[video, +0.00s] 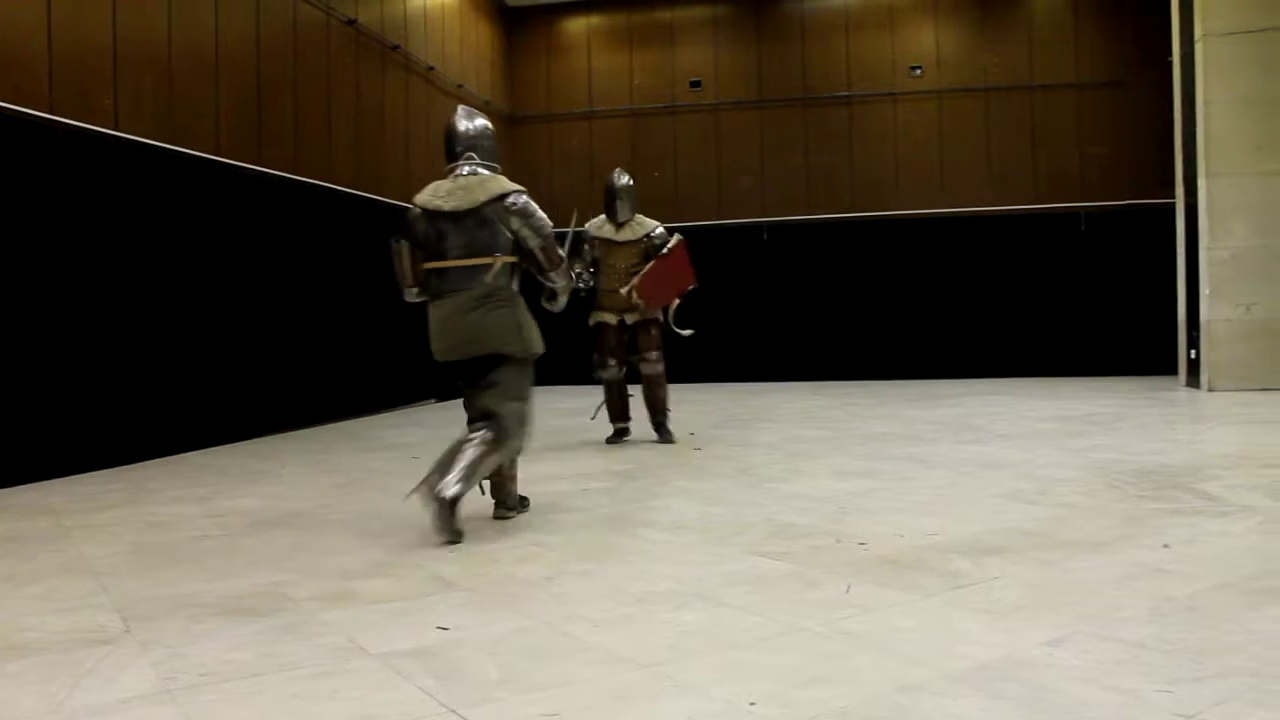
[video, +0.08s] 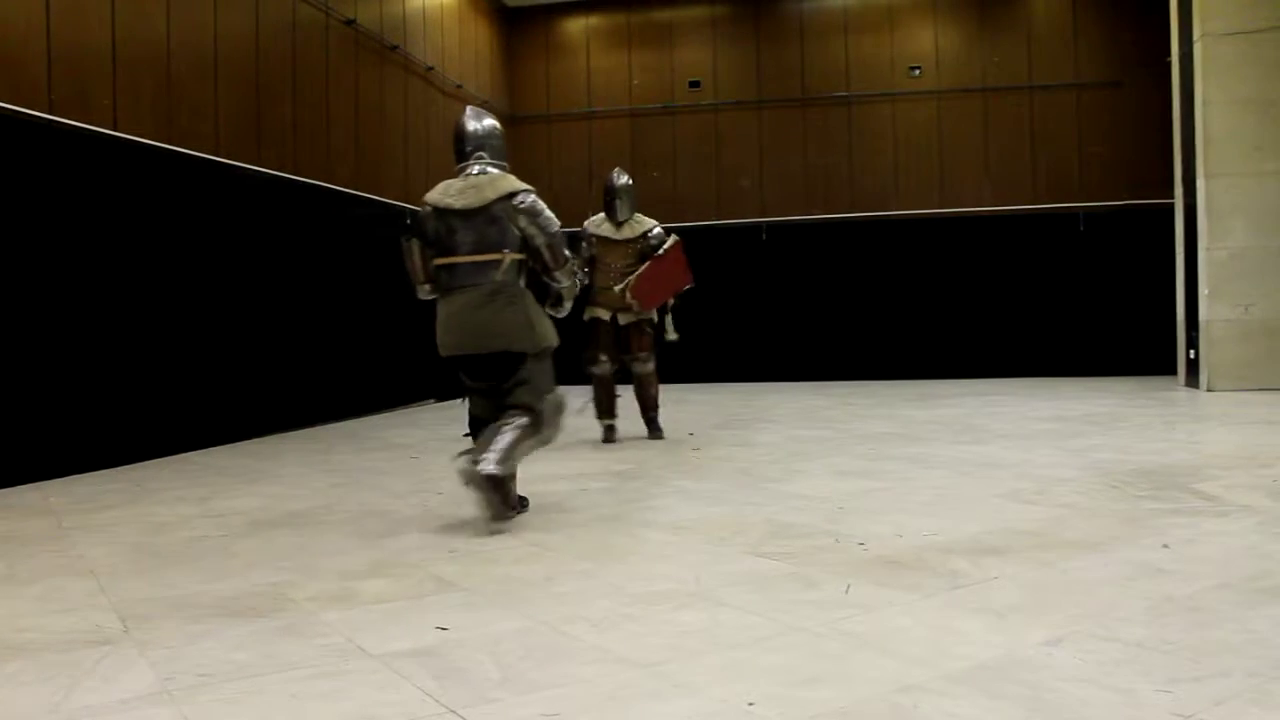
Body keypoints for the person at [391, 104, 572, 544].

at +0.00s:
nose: (493, 153)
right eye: (492, 146)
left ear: (450, 150)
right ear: (492, 146)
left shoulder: (425, 203)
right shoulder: (503, 193)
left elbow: (413, 281)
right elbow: (545, 244)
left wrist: (441, 289)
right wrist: (558, 284)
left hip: (447, 322)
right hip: (498, 318)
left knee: (485, 409)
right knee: (509, 419)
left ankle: (506, 496)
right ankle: (446, 489)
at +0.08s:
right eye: (498, 145)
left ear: (459, 150)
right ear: (501, 146)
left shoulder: (435, 200)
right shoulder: (512, 191)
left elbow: (422, 264)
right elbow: (549, 234)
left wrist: (435, 286)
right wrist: (565, 279)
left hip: (454, 315)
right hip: (506, 311)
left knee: (484, 400)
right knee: (537, 400)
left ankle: (501, 490)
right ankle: (492, 463)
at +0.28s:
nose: (535, 156)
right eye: (534, 150)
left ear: (493, 152)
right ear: (531, 151)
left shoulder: (468, 202)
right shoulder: (546, 196)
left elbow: (457, 265)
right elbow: (582, 244)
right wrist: (585, 272)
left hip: (484, 319)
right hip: (540, 318)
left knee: (498, 407)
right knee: (573, 396)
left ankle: (507, 497)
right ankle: (591, 479)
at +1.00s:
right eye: (635, 181)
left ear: (605, 184)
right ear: (640, 182)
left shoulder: (586, 226)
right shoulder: (663, 223)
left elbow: (572, 285)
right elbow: (687, 284)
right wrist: (661, 309)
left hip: (604, 322)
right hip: (651, 319)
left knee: (612, 382)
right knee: (655, 389)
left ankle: (614, 453)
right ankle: (662, 467)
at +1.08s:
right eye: (637, 187)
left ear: (609, 189)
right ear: (643, 188)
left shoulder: (590, 231)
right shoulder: (665, 228)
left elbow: (576, 288)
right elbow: (688, 287)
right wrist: (664, 314)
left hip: (608, 324)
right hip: (654, 322)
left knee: (617, 384)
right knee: (660, 389)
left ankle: (623, 453)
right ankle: (672, 459)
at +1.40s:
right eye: (636, 175)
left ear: (611, 176)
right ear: (641, 175)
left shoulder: (592, 212)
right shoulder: (661, 212)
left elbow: (575, 261)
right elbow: (680, 262)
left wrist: (585, 289)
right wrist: (654, 270)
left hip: (606, 308)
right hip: (647, 308)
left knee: (616, 370)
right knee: (640, 374)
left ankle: (616, 439)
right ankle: (624, 446)